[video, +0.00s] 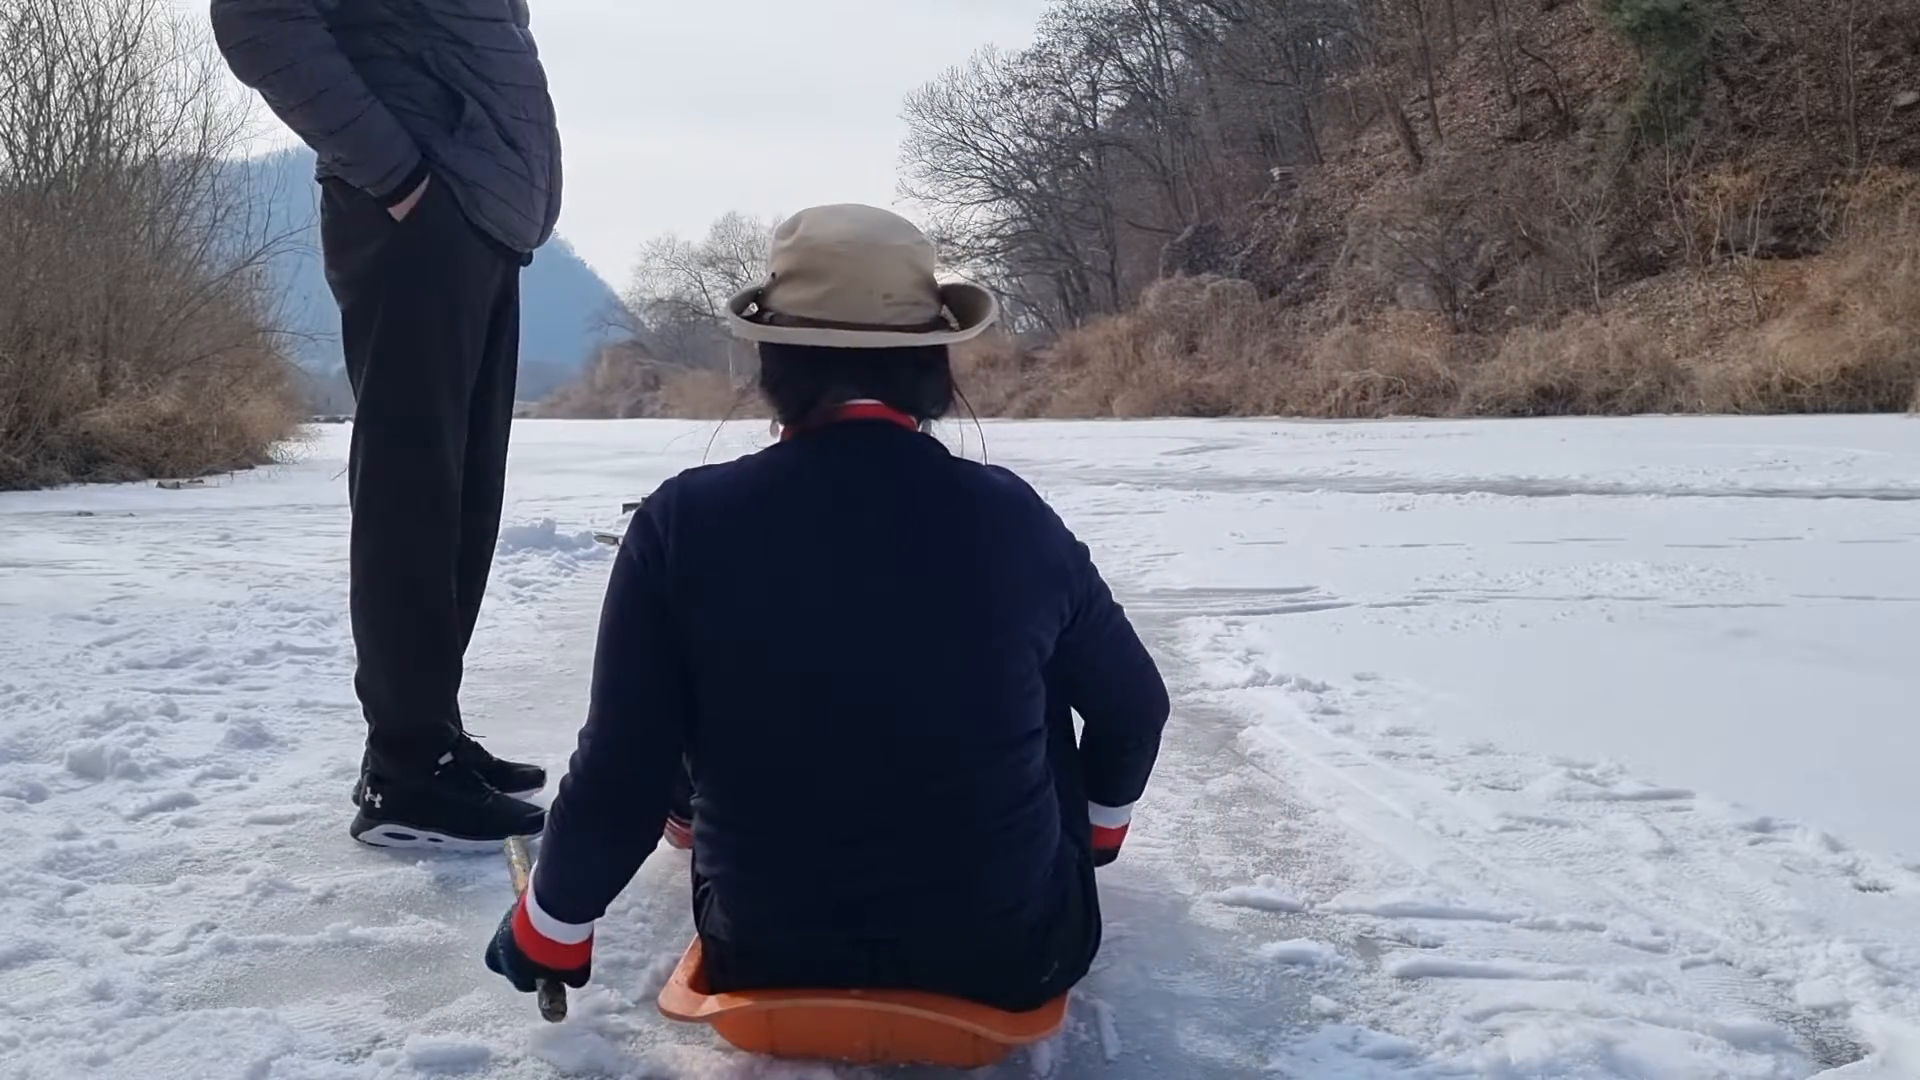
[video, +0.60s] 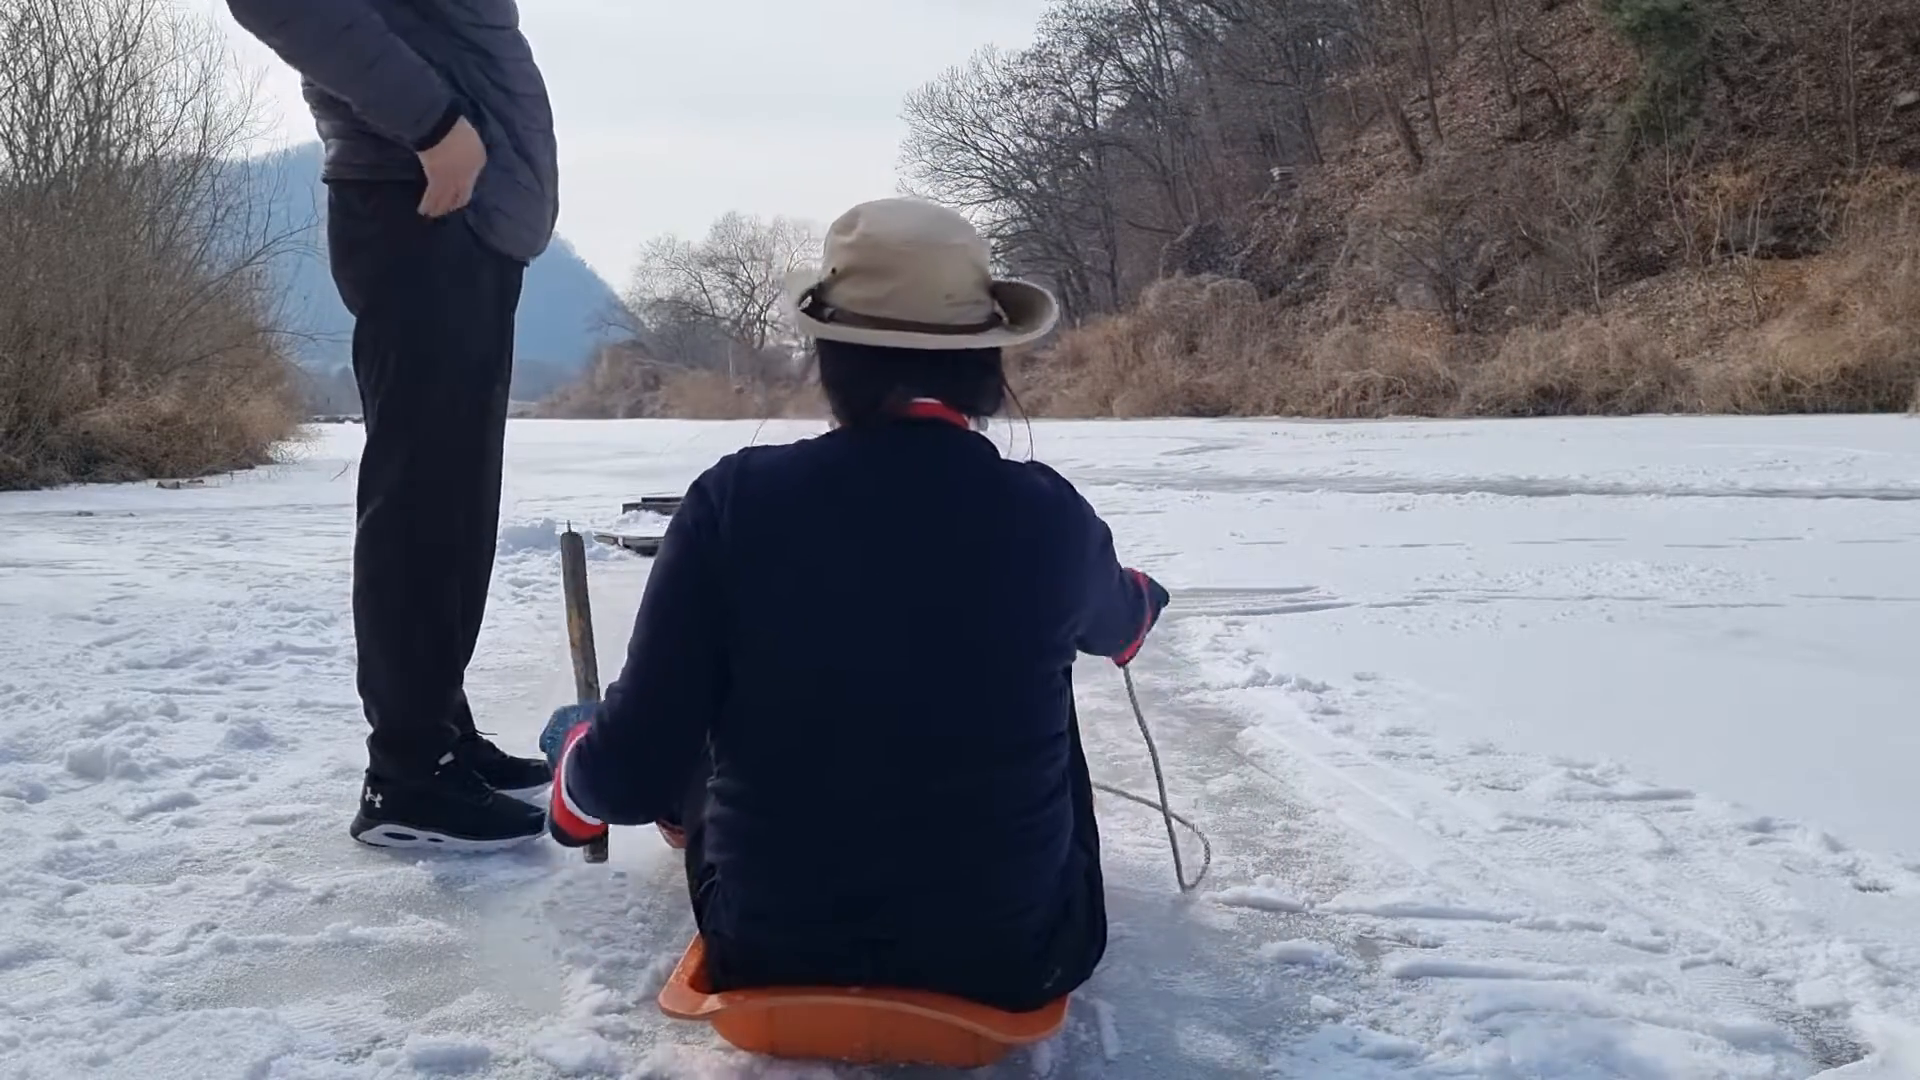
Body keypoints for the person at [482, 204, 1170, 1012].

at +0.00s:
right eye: (947, 355)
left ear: (774, 373)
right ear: (936, 371)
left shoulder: (684, 520)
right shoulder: (1013, 515)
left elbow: (625, 760)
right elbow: (1133, 703)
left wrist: (550, 924)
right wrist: (1089, 827)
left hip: (767, 949)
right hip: (993, 957)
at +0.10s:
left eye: (758, 359)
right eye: (943, 352)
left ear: (771, 373)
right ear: (932, 369)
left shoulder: (688, 519)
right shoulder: (1012, 513)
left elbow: (626, 763)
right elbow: (1132, 691)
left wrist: (541, 903)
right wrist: (1086, 807)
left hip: (769, 951)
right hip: (994, 960)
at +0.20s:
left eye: (763, 361)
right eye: (946, 350)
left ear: (775, 376)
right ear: (937, 369)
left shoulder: (692, 518)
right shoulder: (1016, 512)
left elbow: (625, 769)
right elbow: (1131, 681)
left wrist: (541, 883)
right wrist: (1103, 763)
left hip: (769, 956)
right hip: (994, 964)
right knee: (1037, 690)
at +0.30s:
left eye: (774, 360)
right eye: (956, 350)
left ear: (785, 375)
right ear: (946, 368)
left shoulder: (698, 517)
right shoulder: (1023, 513)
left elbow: (630, 768)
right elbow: (1131, 661)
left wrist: (547, 869)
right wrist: (1139, 714)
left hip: (769, 953)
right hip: (992, 962)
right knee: (1035, 660)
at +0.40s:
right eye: (969, 351)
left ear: (798, 375)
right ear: (958, 369)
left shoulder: (709, 511)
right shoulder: (1029, 512)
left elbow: (634, 755)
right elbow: (1112, 626)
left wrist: (556, 851)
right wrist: (1155, 680)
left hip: (769, 951)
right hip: (992, 962)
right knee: (1041, 660)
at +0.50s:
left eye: (803, 351)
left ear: (815, 370)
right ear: (968, 368)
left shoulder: (722, 505)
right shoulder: (1034, 513)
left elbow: (638, 751)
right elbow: (1114, 623)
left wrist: (564, 824)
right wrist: (1151, 648)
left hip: (774, 954)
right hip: (995, 968)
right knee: (1036, 664)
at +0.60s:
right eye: (997, 346)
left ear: (830, 361)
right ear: (986, 365)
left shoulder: (736, 498)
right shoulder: (1043, 512)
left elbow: (640, 761)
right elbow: (1117, 620)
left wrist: (579, 772)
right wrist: (1139, 600)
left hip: (774, 959)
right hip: (997, 968)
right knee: (1036, 663)